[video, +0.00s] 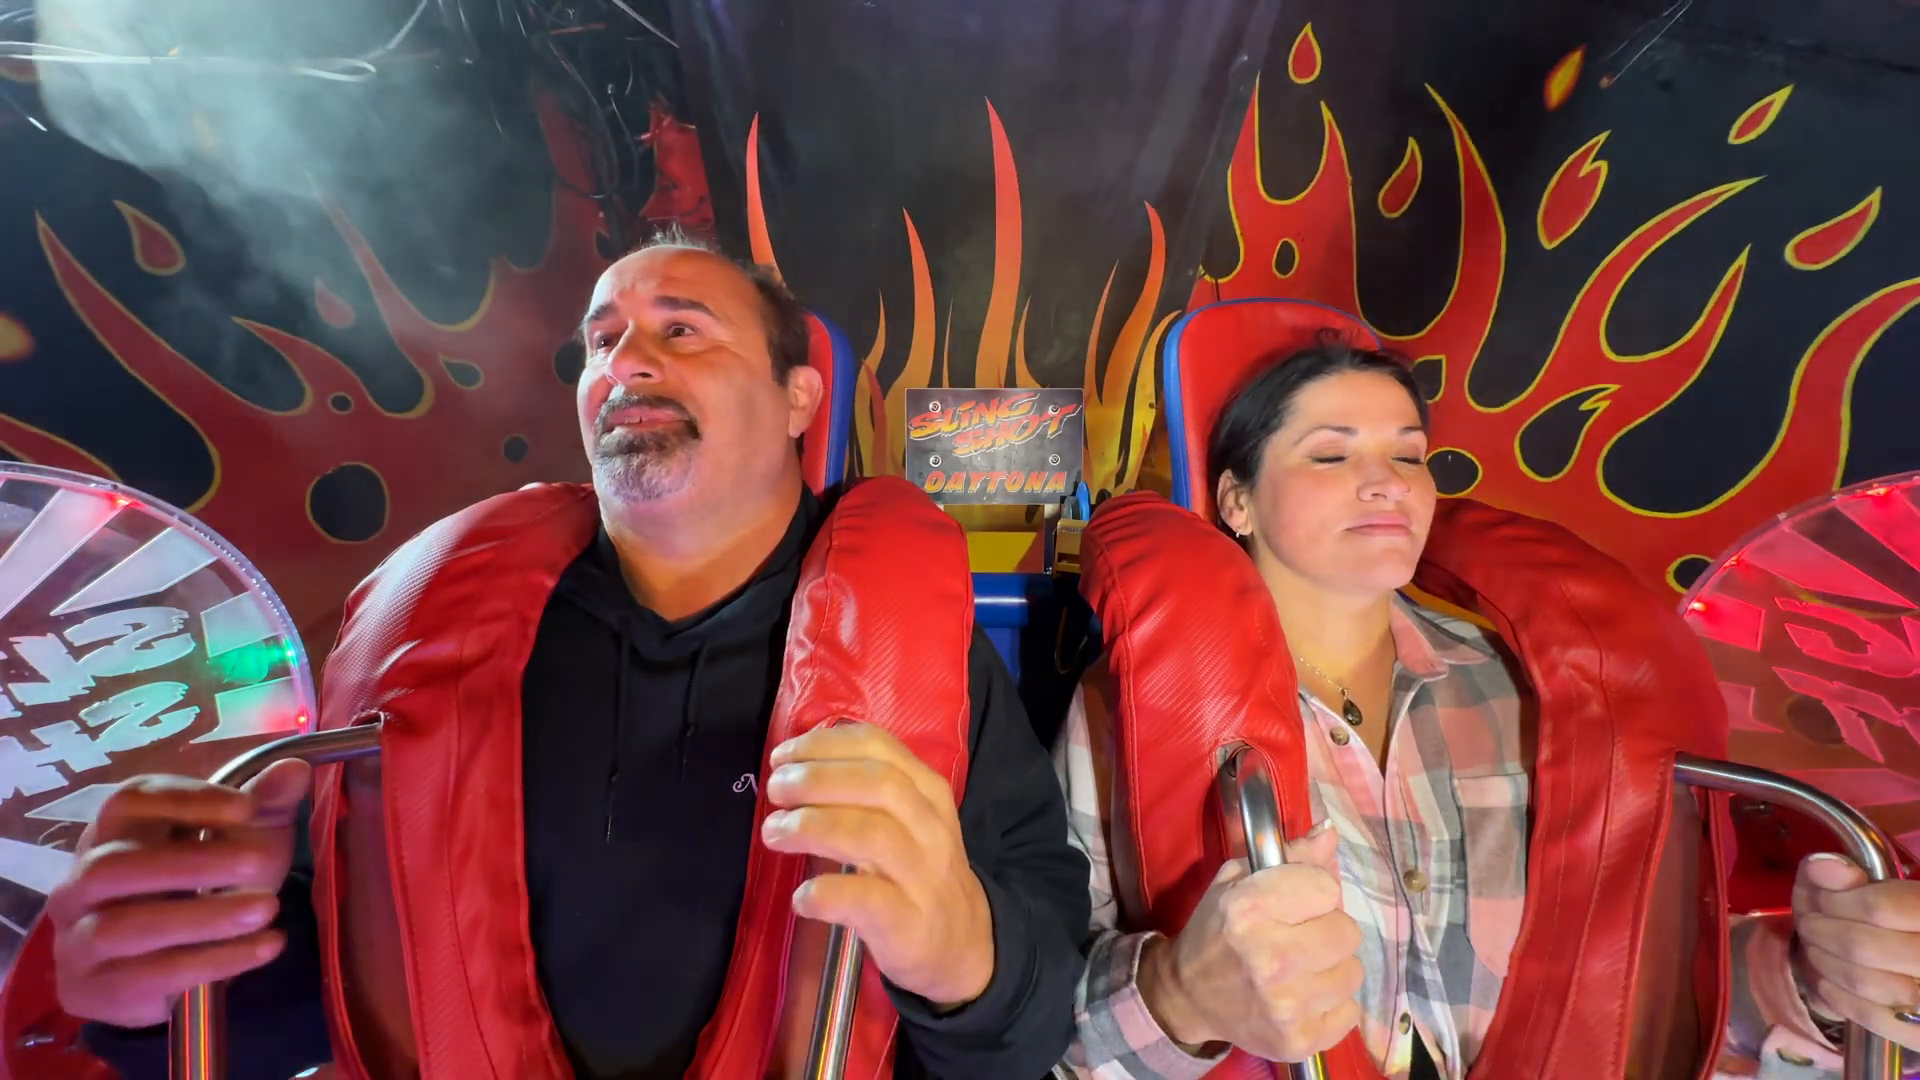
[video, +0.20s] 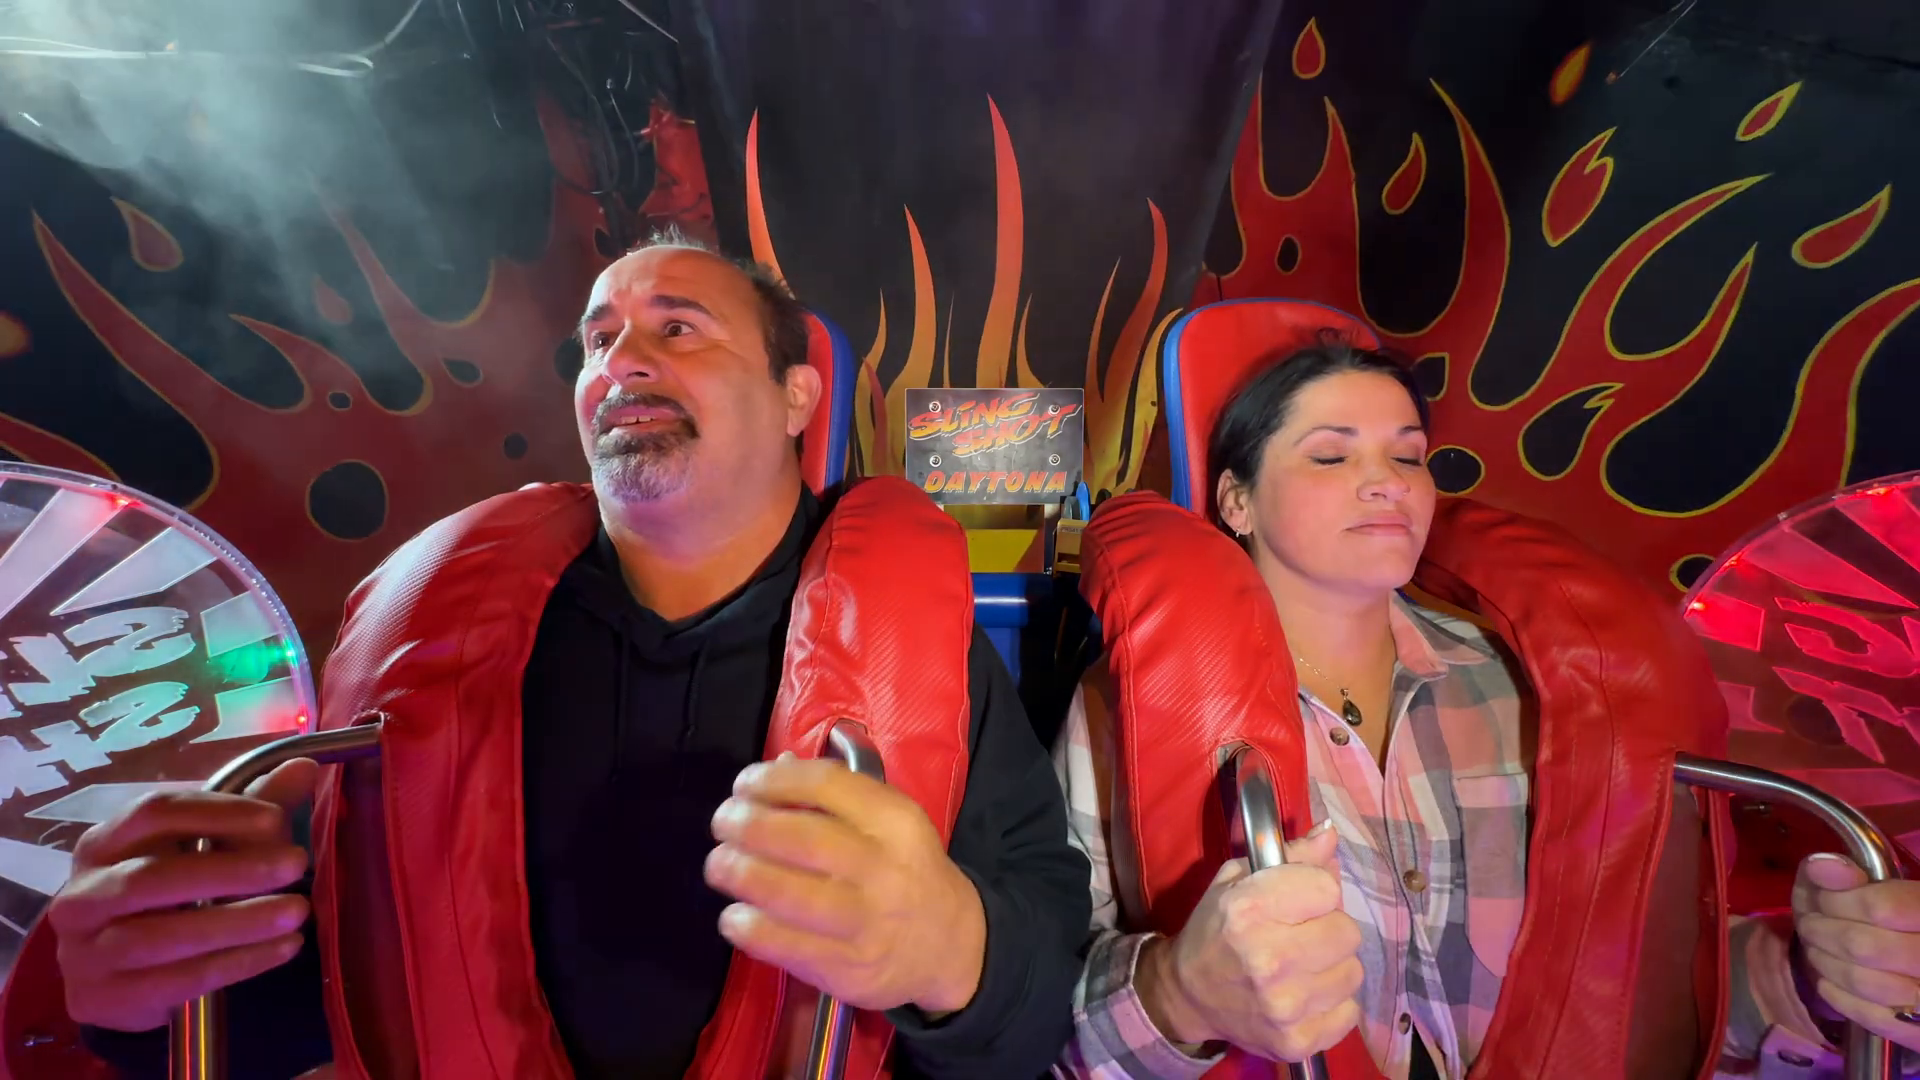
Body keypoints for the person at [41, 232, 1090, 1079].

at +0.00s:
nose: (623, 368)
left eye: (685, 329)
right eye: (602, 347)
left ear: (799, 403)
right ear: (578, 417)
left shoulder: (920, 660)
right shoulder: (440, 641)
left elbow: (1032, 1029)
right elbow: (306, 972)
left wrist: (974, 956)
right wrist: (90, 984)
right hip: (480, 1064)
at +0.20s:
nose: (620, 365)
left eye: (679, 328)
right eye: (598, 348)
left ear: (798, 400)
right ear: (576, 421)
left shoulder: (921, 657)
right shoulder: (441, 644)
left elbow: (1038, 1018)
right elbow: (314, 995)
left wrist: (964, 957)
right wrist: (84, 984)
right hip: (493, 1062)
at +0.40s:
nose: (621, 366)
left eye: (682, 328)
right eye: (599, 344)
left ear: (797, 397)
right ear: (575, 415)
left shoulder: (918, 654)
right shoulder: (443, 639)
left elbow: (1037, 1013)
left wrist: (977, 952)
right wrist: (99, 975)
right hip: (505, 1062)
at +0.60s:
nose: (621, 365)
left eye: (682, 327)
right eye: (599, 344)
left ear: (798, 400)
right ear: (576, 419)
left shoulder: (921, 661)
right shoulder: (447, 644)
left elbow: (1037, 1018)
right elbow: (317, 989)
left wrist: (977, 951)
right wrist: (126, 977)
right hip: (499, 1066)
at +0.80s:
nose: (626, 359)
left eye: (686, 325)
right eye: (602, 339)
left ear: (798, 400)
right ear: (577, 415)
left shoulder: (922, 649)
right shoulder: (433, 642)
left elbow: (1041, 1003)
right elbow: (297, 966)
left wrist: (973, 952)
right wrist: (77, 989)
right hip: (476, 1067)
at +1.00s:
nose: (623, 361)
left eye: (683, 324)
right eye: (600, 340)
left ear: (799, 396)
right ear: (577, 413)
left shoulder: (918, 652)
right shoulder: (440, 638)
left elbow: (1045, 1011)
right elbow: (315, 985)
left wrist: (971, 950)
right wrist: (110, 981)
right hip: (490, 1067)